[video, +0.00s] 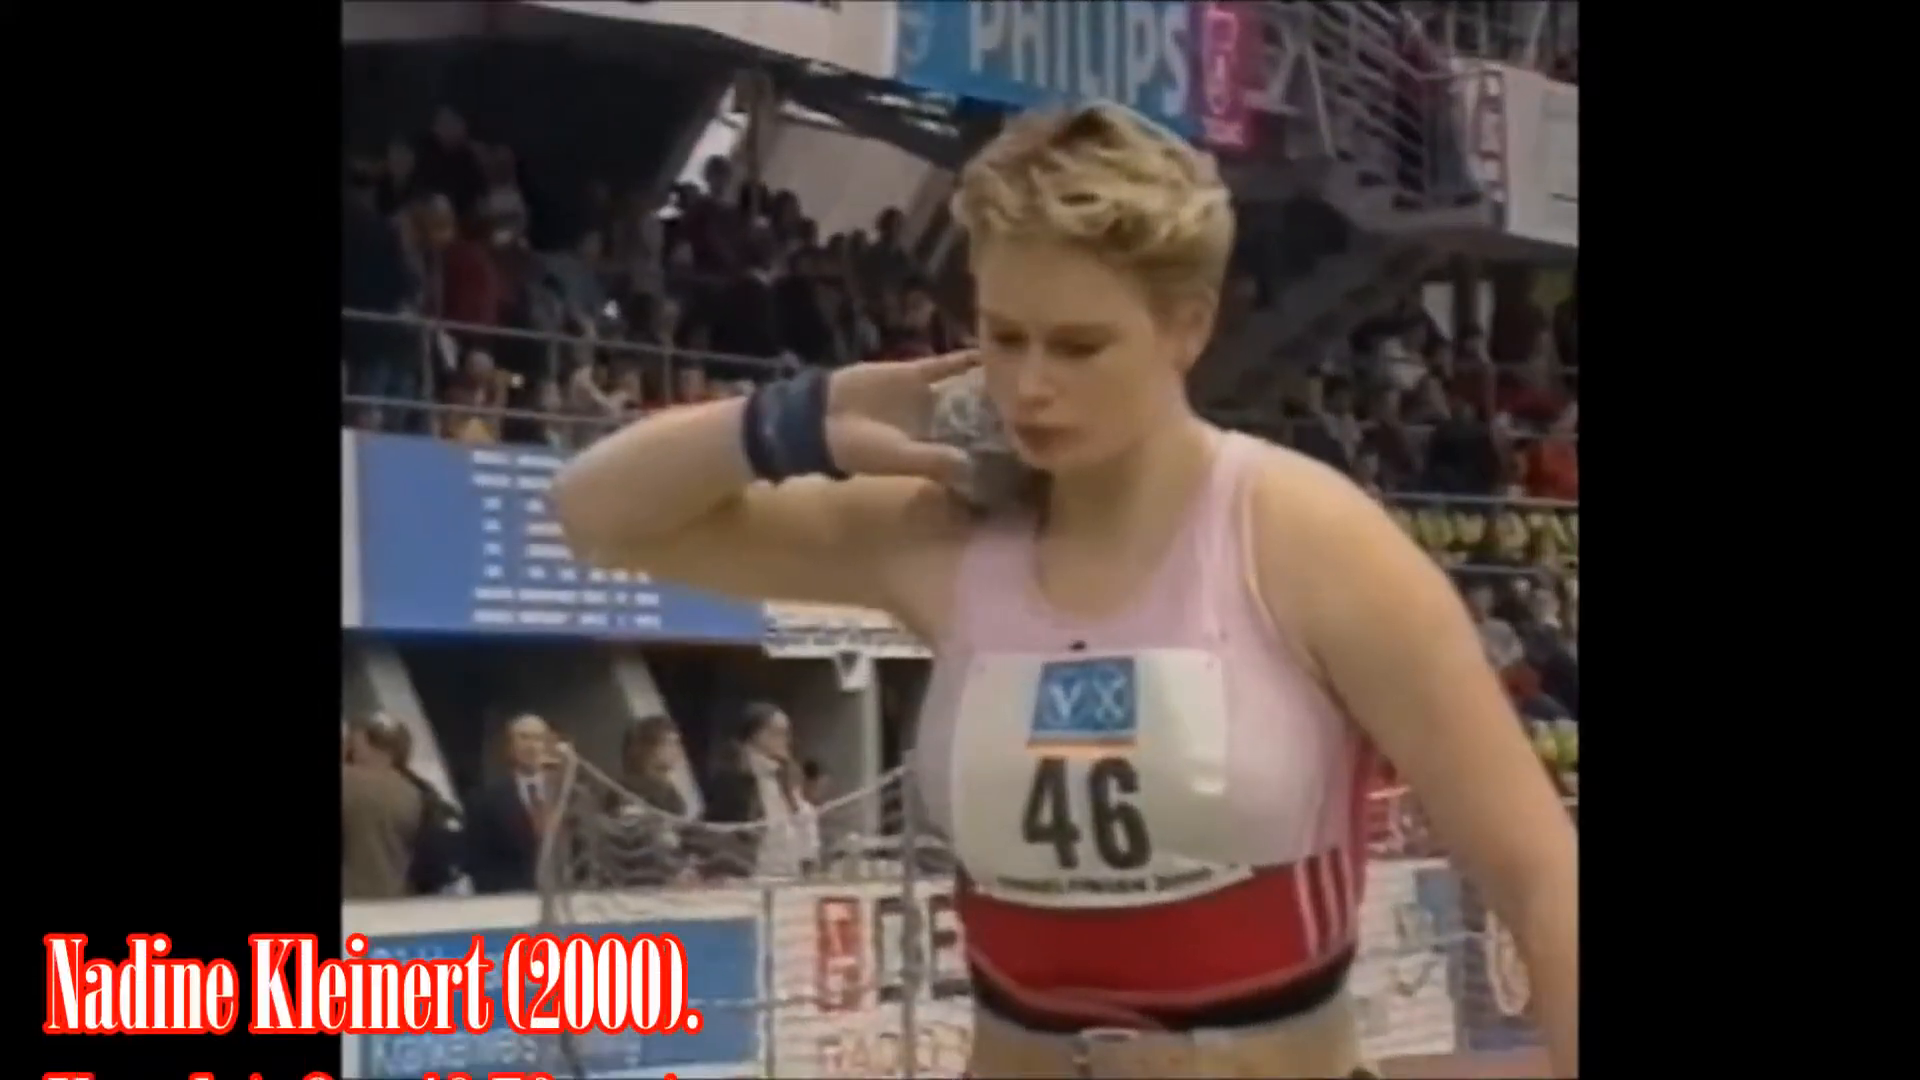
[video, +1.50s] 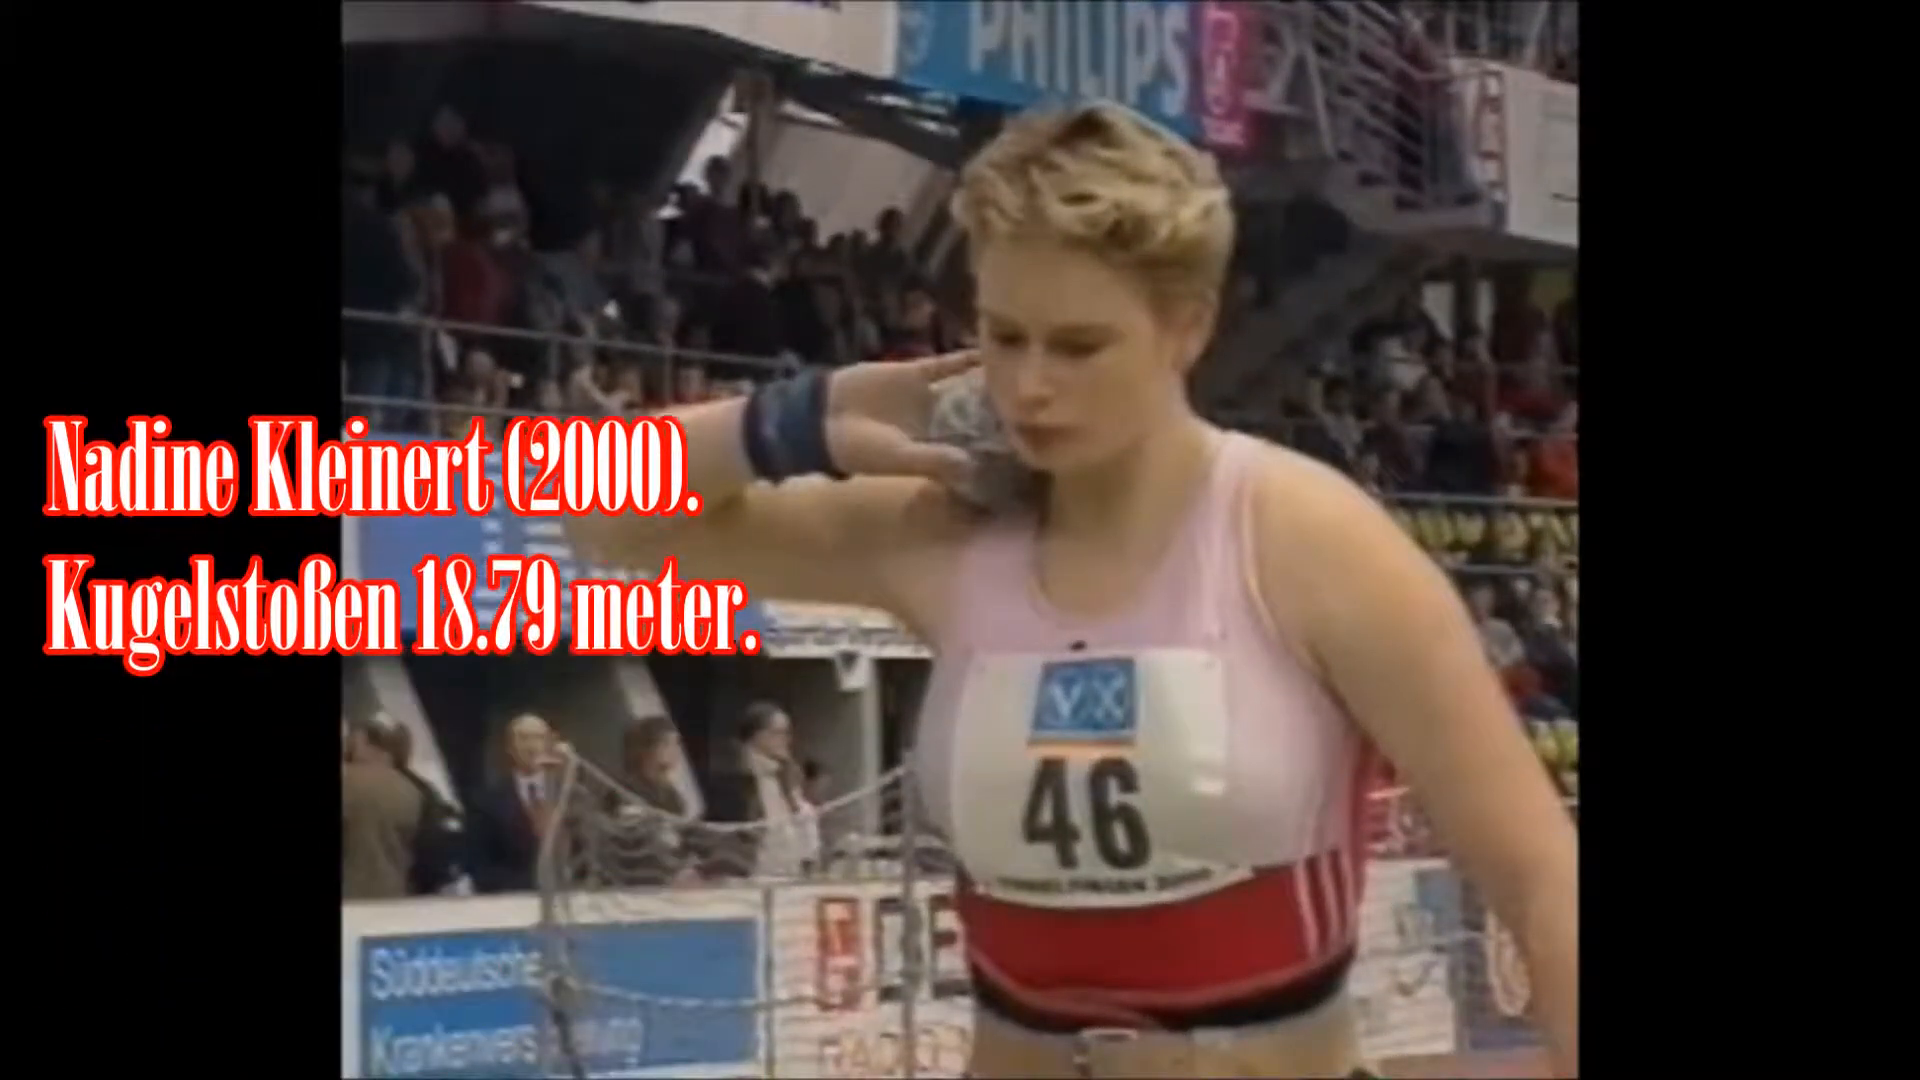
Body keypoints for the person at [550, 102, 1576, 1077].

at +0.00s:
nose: (1028, 387)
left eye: (1079, 344)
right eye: (1004, 339)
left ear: (1186, 328)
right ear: (974, 324)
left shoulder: (1304, 534)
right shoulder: (928, 534)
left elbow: (1539, 875)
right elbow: (598, 513)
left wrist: (1563, 1061)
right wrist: (813, 419)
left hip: (1268, 1055)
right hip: (1016, 1053)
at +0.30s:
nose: (1028, 387)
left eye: (1078, 344)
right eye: (1003, 338)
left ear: (1185, 329)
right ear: (974, 324)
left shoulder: (1303, 533)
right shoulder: (929, 534)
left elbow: (1538, 874)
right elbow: (600, 512)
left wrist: (1563, 1059)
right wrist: (816, 419)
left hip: (1268, 1054)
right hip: (1016, 1051)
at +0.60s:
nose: (1028, 387)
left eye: (1078, 345)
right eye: (1004, 339)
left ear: (1186, 329)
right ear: (974, 325)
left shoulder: (1303, 533)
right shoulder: (929, 535)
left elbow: (1538, 874)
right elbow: (599, 512)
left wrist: (1564, 1059)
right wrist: (812, 420)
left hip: (1268, 1054)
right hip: (1016, 1052)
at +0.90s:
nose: (1028, 387)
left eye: (1079, 345)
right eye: (1004, 338)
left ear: (1186, 328)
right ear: (974, 324)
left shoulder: (1303, 533)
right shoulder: (929, 534)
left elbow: (1539, 874)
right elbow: (599, 513)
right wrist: (810, 420)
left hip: (1269, 1054)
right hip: (1017, 1051)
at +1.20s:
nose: (1028, 387)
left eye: (1079, 345)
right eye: (1004, 338)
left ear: (1186, 328)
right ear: (974, 325)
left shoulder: (1303, 533)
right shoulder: (929, 535)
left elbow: (1539, 875)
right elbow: (597, 512)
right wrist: (809, 421)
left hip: (1268, 1054)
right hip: (1017, 1051)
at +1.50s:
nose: (1028, 387)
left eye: (1079, 344)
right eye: (1004, 337)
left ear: (1186, 327)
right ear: (972, 322)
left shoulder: (1303, 533)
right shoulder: (926, 536)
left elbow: (1539, 875)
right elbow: (606, 508)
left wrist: (1563, 1061)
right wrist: (811, 421)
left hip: (1271, 1054)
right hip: (1017, 1053)